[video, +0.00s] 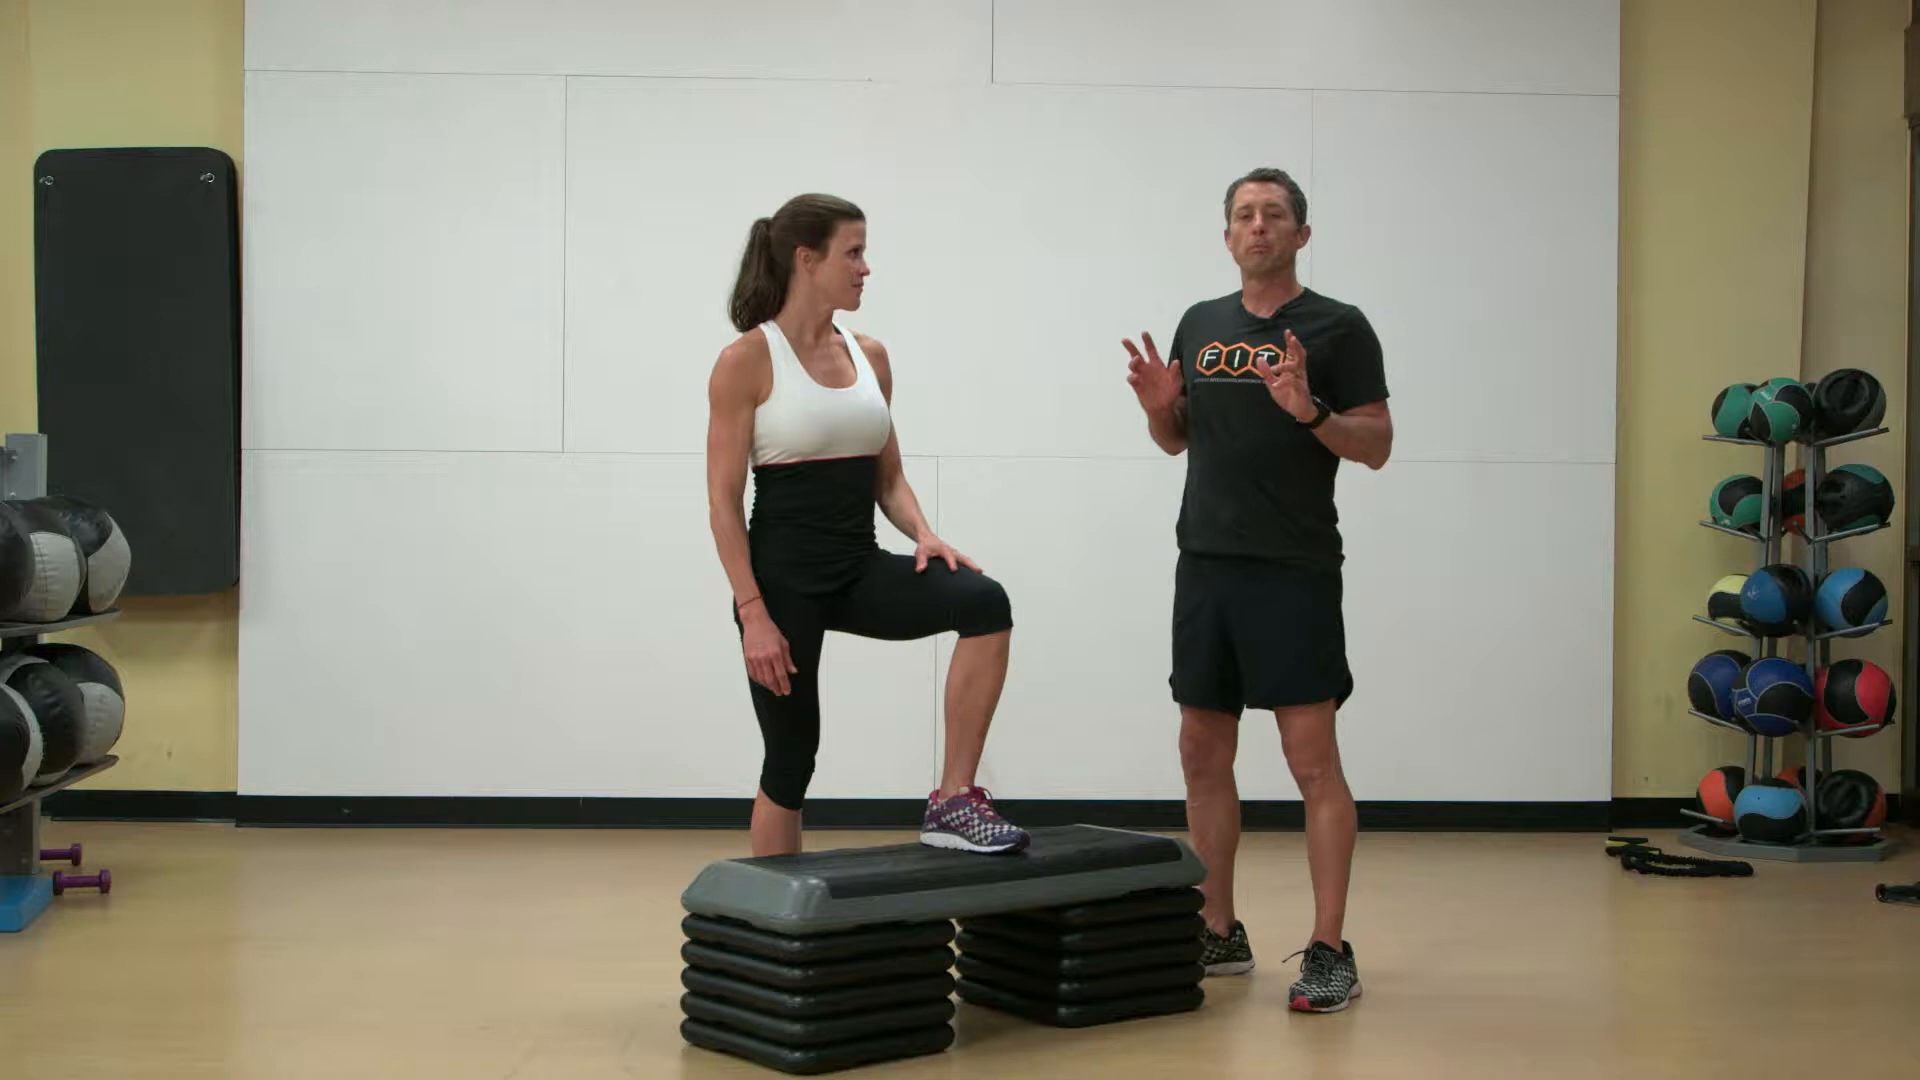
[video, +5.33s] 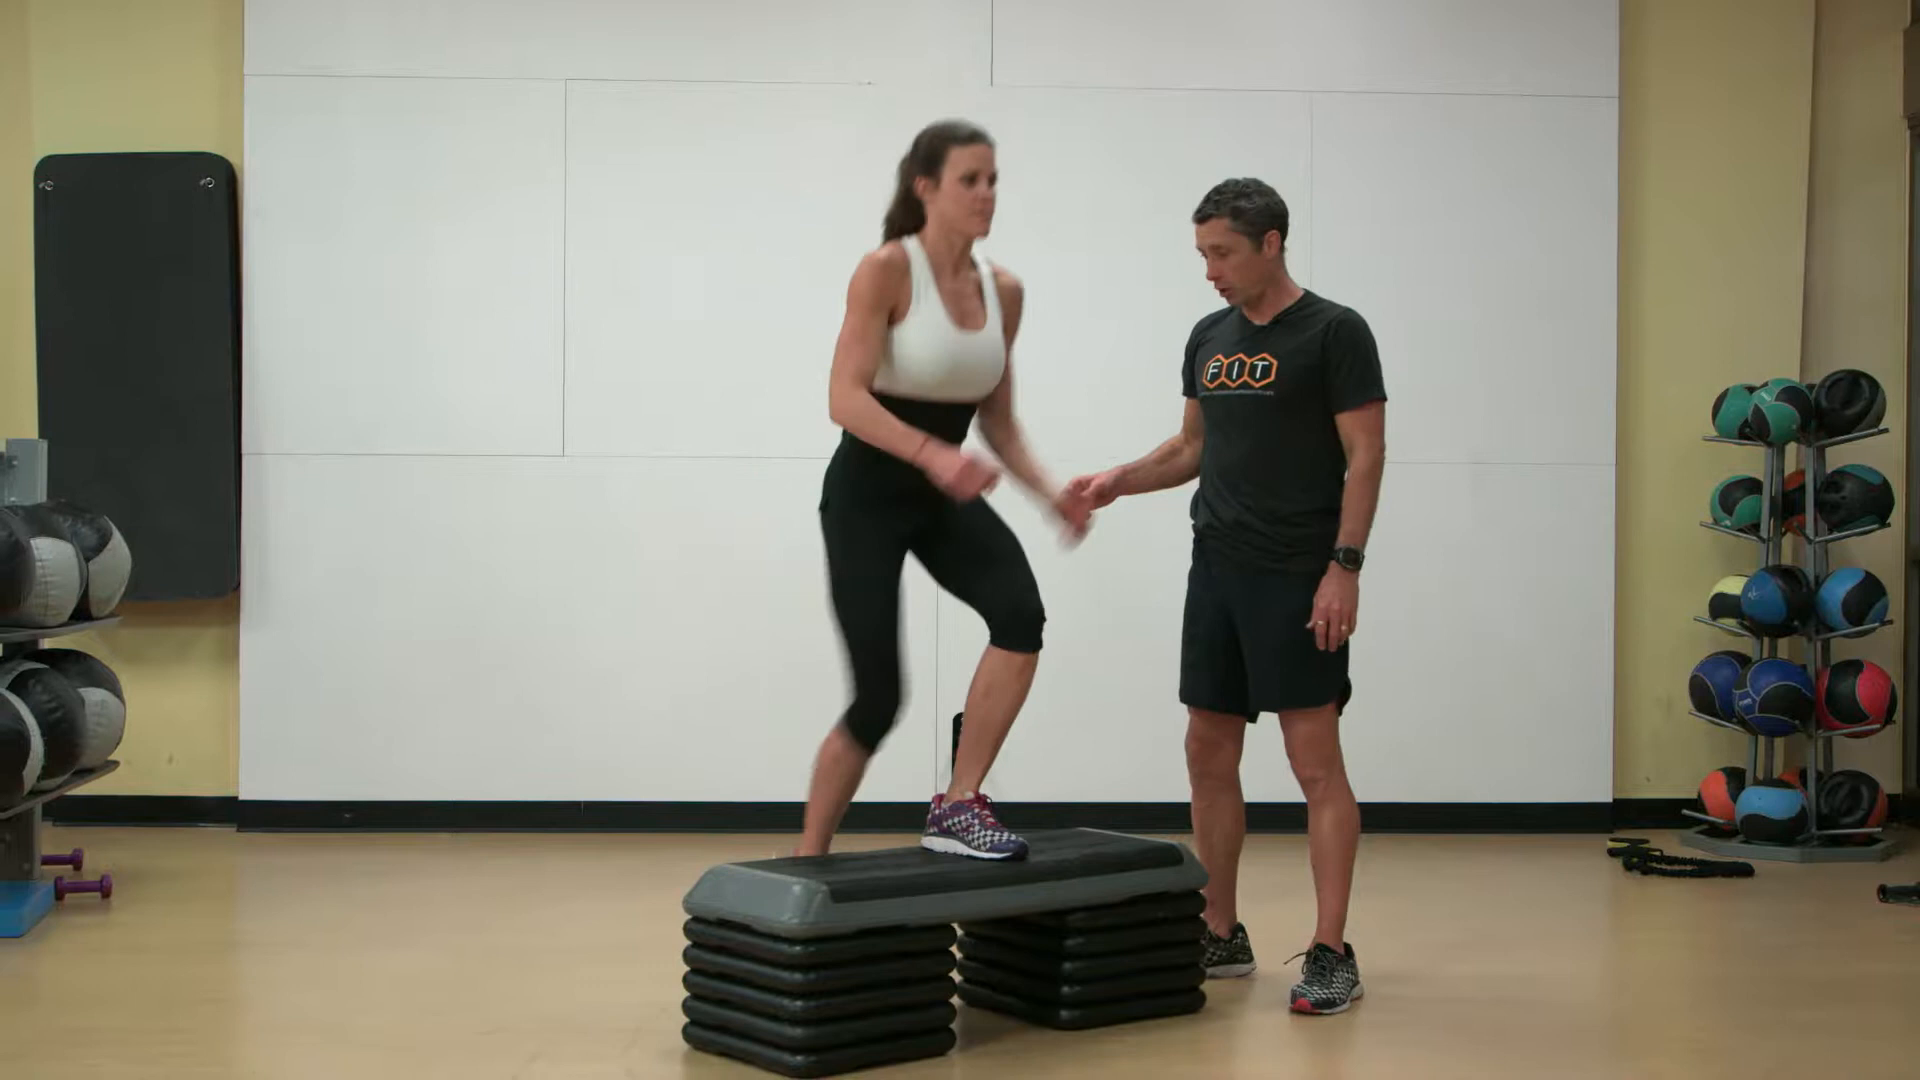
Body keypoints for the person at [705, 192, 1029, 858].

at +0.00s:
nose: (865, 268)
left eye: (865, 254)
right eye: (853, 254)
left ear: (815, 259)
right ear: (805, 258)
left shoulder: (868, 357)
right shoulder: (746, 363)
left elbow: (889, 476)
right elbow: (723, 504)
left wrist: (925, 533)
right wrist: (752, 612)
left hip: (856, 570)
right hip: (781, 579)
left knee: (984, 604)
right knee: (790, 763)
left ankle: (955, 798)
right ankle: (772, 932)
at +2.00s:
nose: (846, 254)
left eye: (850, 242)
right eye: (831, 242)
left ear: (851, 248)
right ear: (785, 250)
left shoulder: (868, 354)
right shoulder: (736, 350)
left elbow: (897, 474)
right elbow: (708, 489)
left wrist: (940, 534)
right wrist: (742, 598)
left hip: (852, 559)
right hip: (771, 568)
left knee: (987, 600)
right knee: (772, 765)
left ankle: (953, 796)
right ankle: (767, 933)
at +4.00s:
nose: (846, 288)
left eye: (855, 274)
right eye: (833, 272)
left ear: (861, 270)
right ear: (789, 261)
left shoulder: (869, 350)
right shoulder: (739, 360)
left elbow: (891, 468)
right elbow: (717, 500)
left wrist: (924, 535)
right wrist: (745, 613)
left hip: (861, 561)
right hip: (782, 570)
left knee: (982, 611)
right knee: (776, 766)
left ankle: (951, 803)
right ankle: (767, 932)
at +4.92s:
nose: (876, 267)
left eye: (882, 254)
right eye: (861, 253)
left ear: (885, 258)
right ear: (814, 254)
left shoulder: (891, 349)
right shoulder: (771, 355)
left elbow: (888, 470)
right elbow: (739, 493)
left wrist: (907, 593)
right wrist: (811, 527)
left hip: (877, 558)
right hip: (798, 569)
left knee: (986, 606)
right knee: (794, 765)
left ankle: (952, 800)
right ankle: (776, 934)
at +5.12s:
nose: (926, 272)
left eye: (931, 259)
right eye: (910, 259)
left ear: (935, 265)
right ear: (864, 267)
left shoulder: (939, 359)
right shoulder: (821, 358)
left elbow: (916, 483)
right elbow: (805, 489)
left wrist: (916, 598)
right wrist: (898, 431)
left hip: (900, 557)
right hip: (829, 564)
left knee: (1005, 617)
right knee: (831, 770)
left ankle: (954, 802)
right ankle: (783, 930)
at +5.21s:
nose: (953, 253)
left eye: (958, 239)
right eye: (937, 240)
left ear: (963, 246)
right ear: (891, 247)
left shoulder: (965, 340)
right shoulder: (851, 332)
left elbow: (945, 459)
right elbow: (836, 457)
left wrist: (950, 563)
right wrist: (930, 416)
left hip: (923, 540)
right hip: (848, 542)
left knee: (1019, 622)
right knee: (829, 741)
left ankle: (957, 803)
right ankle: (791, 916)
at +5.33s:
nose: (988, 194)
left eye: (992, 180)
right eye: (972, 181)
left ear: (993, 188)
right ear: (926, 188)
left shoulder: (1001, 291)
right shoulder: (885, 272)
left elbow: (998, 418)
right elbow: (845, 398)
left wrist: (1051, 493)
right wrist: (933, 453)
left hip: (946, 494)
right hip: (868, 493)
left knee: (1019, 619)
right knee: (878, 698)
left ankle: (957, 805)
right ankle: (806, 867)